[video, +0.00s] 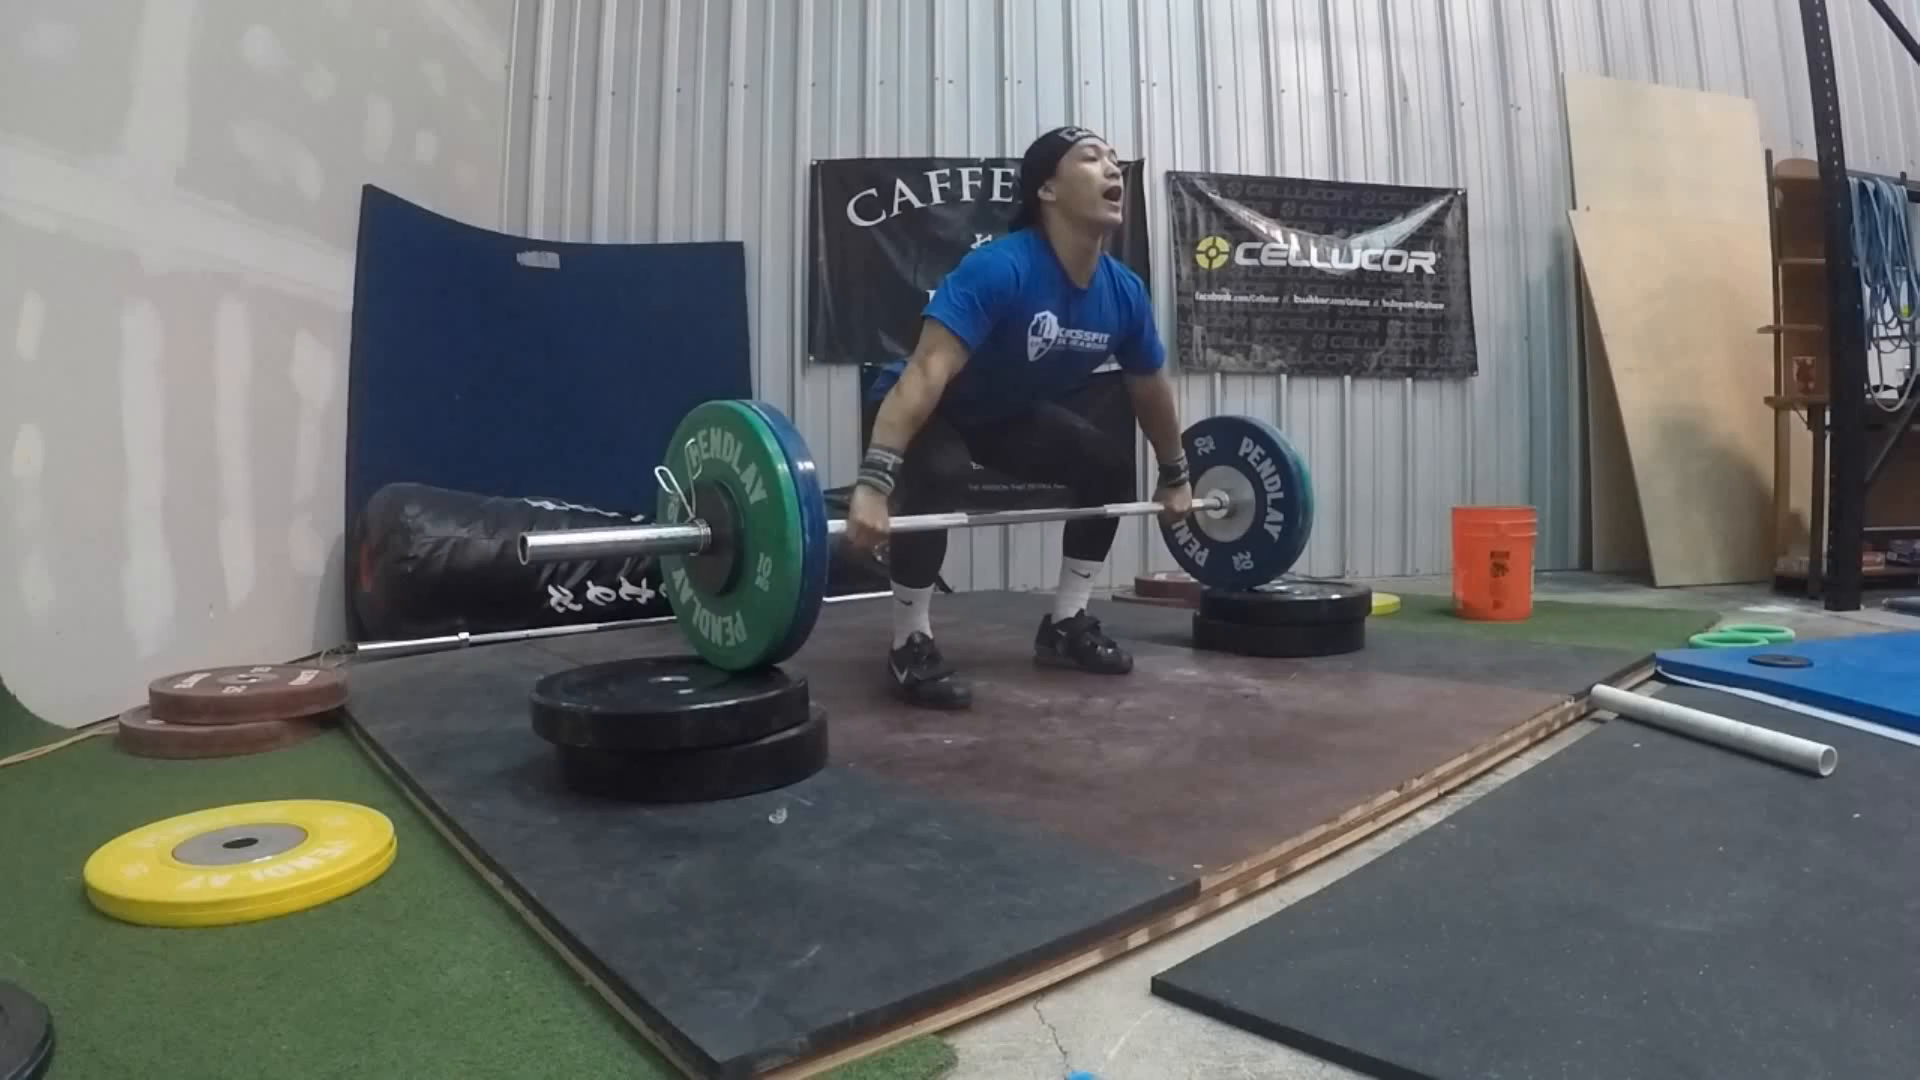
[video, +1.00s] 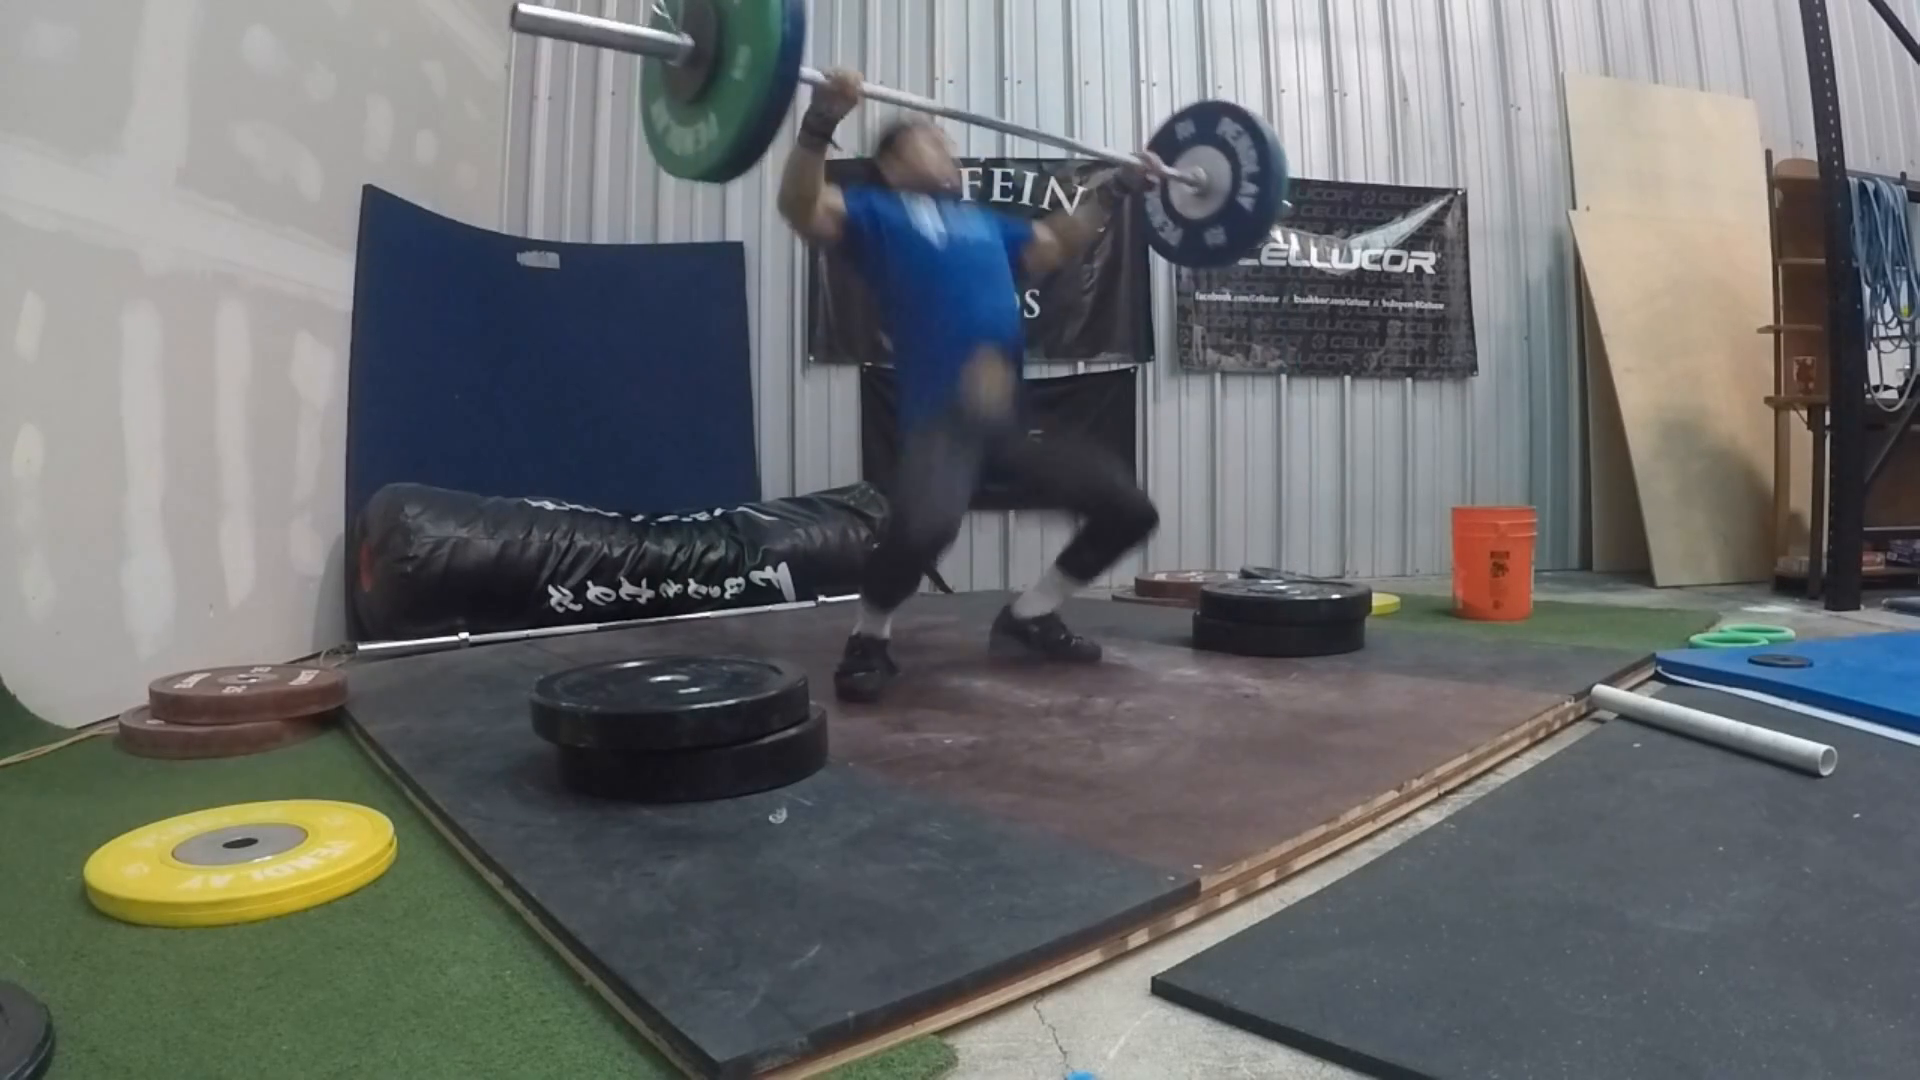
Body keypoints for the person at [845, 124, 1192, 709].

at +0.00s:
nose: (1114, 168)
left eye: (1114, 160)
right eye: (1092, 159)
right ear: (1048, 191)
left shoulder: (1124, 293)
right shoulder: (997, 268)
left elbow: (1150, 388)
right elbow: (928, 368)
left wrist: (1175, 476)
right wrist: (874, 480)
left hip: (1008, 415)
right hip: (930, 411)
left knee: (1109, 460)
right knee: (938, 472)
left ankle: (1066, 623)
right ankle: (911, 643)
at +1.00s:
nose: (951, 152)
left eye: (948, 143)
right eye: (932, 142)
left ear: (949, 161)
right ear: (894, 161)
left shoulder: (984, 223)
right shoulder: (877, 211)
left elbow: (1049, 249)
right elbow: (799, 206)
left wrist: (1113, 190)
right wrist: (820, 123)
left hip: (1009, 427)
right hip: (937, 430)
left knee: (1129, 512)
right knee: (924, 528)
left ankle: (1030, 613)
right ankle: (869, 638)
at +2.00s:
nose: (1045, 269)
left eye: (1048, 257)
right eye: (1029, 255)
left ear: (1052, 268)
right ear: (980, 270)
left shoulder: (1039, 312)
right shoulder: (927, 312)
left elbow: (1079, 258)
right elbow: (855, 240)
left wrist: (1107, 208)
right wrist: (793, 153)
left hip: (990, 506)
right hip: (905, 506)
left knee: (1094, 501)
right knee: (939, 526)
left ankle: (1025, 619)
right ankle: (872, 639)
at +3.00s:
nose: (1005, 14)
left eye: (1011, 5)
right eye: (989, 1)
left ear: (1012, 16)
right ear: (945, 10)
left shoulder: (1012, 77)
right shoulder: (905, 61)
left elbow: (1056, 37)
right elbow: (839, 7)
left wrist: (1095, 8)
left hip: (982, 318)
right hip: (901, 314)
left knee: (995, 465)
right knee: (890, 468)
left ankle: (991, 623)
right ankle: (864, 636)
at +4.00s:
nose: (814, 107)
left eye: (822, 99)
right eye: (803, 95)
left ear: (826, 106)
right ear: (768, 93)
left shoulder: (835, 179)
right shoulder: (729, 149)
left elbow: (879, 252)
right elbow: (670, 213)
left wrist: (946, 278)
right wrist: (682, 252)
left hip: (810, 342)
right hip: (741, 339)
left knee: (875, 440)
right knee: (760, 452)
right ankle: (745, 608)